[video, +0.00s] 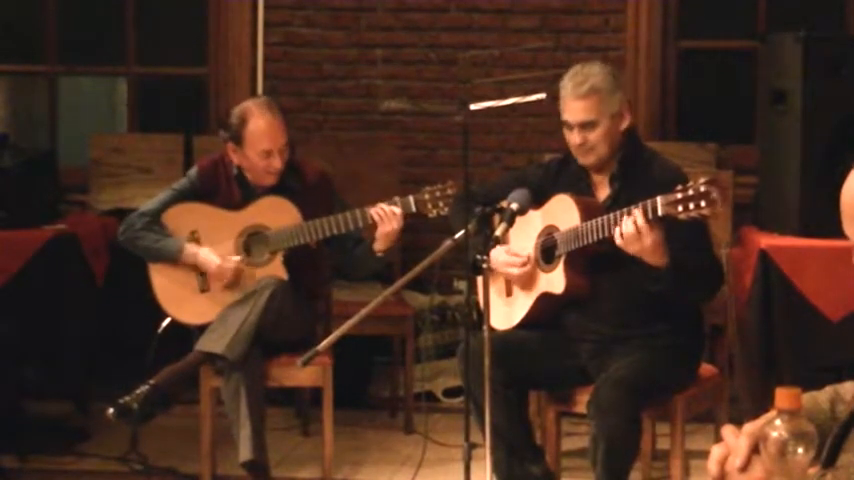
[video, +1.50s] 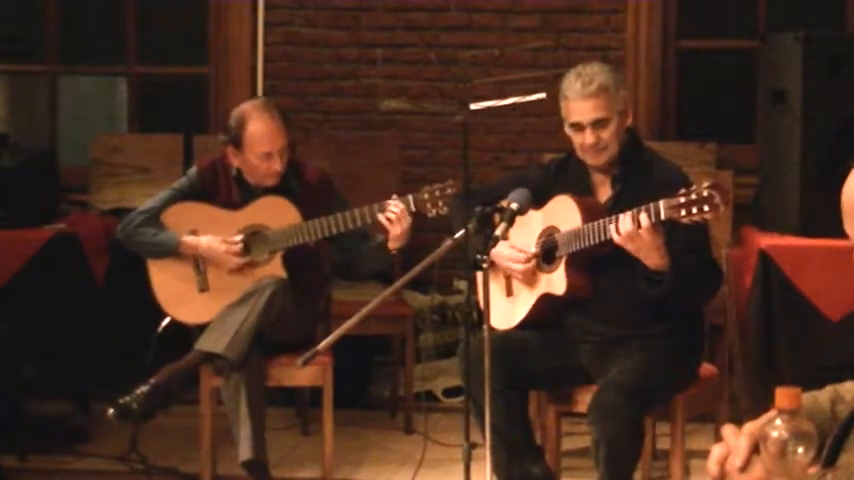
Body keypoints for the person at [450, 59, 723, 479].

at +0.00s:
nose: (577, 139)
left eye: (589, 126)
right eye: (568, 128)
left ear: (623, 119)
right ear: (561, 124)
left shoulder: (665, 184)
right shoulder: (557, 176)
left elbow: (706, 281)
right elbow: (467, 205)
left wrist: (661, 260)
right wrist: (486, 250)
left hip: (653, 342)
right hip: (573, 336)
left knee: (613, 394)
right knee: (484, 353)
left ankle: (609, 473)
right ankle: (524, 471)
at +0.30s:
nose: (571, 145)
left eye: (582, 133)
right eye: (563, 133)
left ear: (618, 122)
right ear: (556, 127)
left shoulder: (664, 183)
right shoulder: (557, 175)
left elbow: (706, 281)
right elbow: (470, 204)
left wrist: (663, 260)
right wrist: (486, 250)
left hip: (652, 344)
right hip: (573, 337)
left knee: (611, 399)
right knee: (484, 352)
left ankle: (611, 474)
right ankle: (524, 471)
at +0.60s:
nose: (571, 146)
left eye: (583, 134)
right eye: (563, 134)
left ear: (619, 124)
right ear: (556, 127)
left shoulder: (664, 182)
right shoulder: (558, 176)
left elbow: (705, 281)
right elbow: (469, 203)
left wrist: (660, 261)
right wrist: (487, 248)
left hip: (654, 341)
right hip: (574, 335)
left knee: (610, 402)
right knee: (483, 351)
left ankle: (612, 474)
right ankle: (523, 471)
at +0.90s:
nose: (579, 144)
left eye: (591, 131)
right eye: (569, 132)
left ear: (622, 121)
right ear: (560, 127)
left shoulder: (664, 182)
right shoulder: (558, 176)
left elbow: (704, 282)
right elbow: (468, 202)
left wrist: (658, 261)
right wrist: (487, 248)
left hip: (654, 342)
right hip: (573, 336)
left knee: (611, 403)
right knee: (483, 352)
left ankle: (613, 474)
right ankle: (523, 471)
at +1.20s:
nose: (589, 141)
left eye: (600, 126)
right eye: (576, 130)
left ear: (625, 118)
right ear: (563, 127)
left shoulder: (666, 185)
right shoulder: (558, 177)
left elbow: (703, 283)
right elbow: (467, 204)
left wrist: (659, 263)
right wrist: (489, 248)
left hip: (652, 343)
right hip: (573, 336)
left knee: (612, 405)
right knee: (484, 353)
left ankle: (613, 474)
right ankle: (524, 472)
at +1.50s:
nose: (590, 139)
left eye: (601, 125)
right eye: (577, 128)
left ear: (626, 116)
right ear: (564, 126)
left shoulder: (667, 184)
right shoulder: (557, 177)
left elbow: (703, 284)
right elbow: (469, 203)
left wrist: (661, 265)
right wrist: (489, 248)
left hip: (653, 343)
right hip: (574, 336)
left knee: (612, 406)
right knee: (485, 353)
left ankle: (614, 474)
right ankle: (523, 471)